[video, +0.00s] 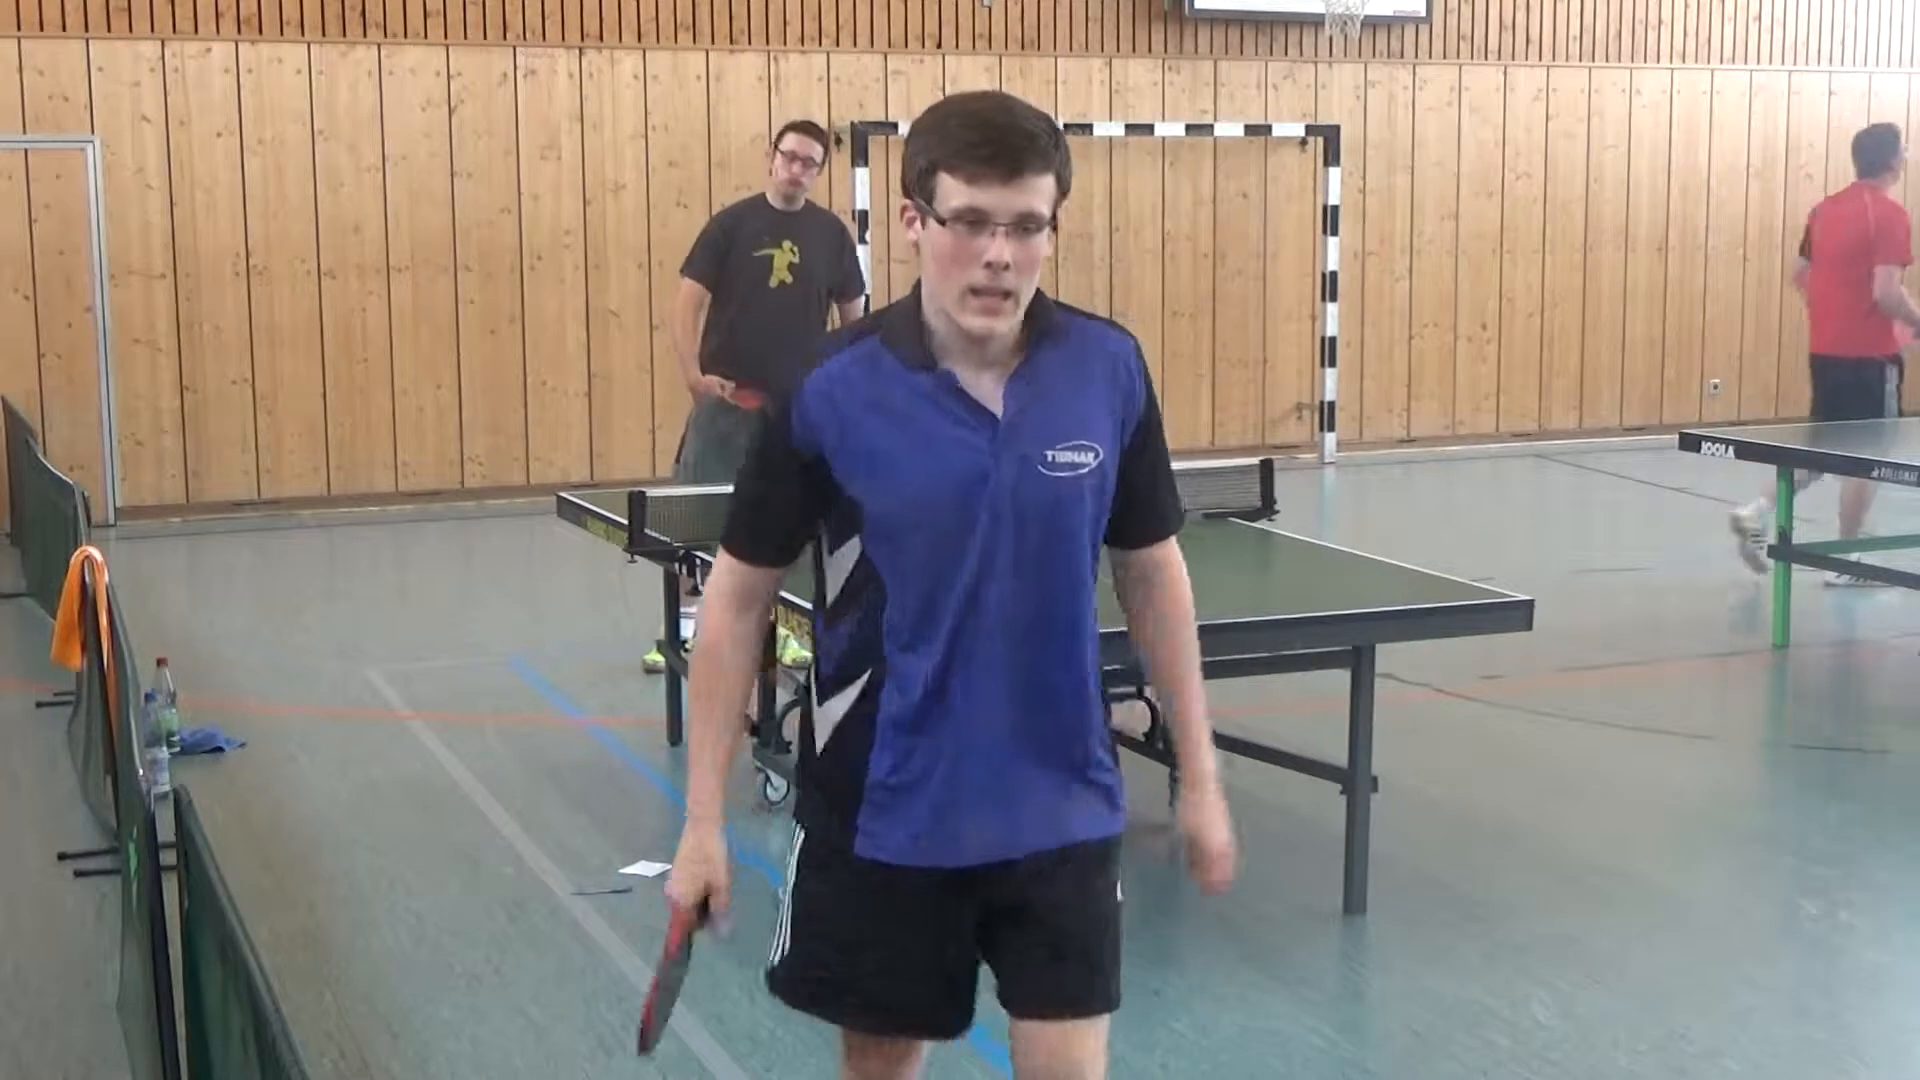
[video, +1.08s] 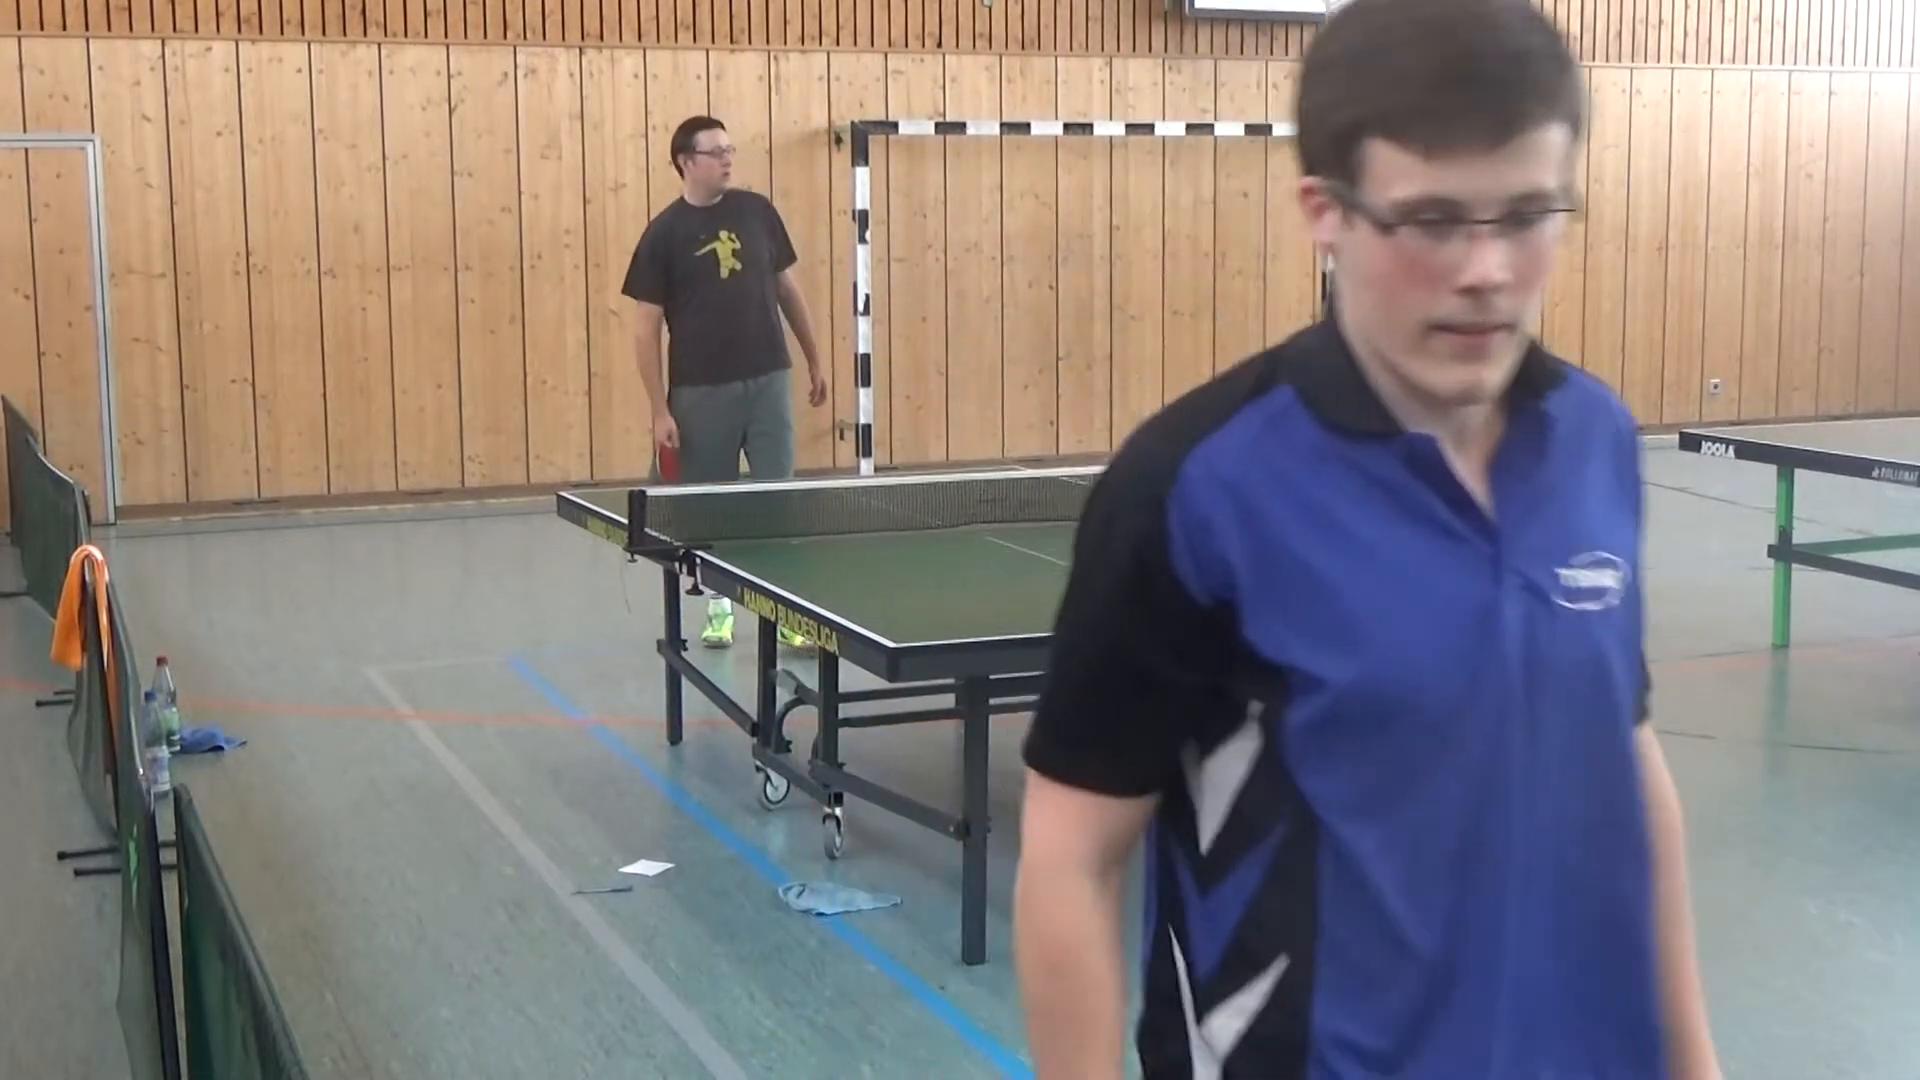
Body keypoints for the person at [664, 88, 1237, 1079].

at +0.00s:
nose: (999, 258)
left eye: (1026, 228)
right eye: (971, 223)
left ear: (1055, 231)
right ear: (914, 221)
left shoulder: (1105, 367)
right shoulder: (834, 395)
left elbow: (1153, 572)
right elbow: (736, 601)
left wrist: (1198, 775)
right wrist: (702, 822)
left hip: (1059, 804)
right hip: (886, 809)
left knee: (1069, 1064)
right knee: (880, 1059)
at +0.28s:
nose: (1096, 289)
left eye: (1126, 256)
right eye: (1062, 253)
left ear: (1155, 260)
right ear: (998, 251)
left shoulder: (1189, 411)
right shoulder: (895, 425)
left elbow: (1216, 599)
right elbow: (770, 657)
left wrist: (1269, 781)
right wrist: (779, 908)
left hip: (1124, 913)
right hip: (932, 924)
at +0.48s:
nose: (1161, 263)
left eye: (1197, 229)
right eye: (1129, 222)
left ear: (1230, 229)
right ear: (1061, 212)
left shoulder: (1268, 398)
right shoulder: (944, 407)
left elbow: (1306, 653)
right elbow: (844, 658)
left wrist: (1344, 895)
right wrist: (849, 922)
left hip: (1224, 939)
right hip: (1018, 950)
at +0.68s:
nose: (1247, 268)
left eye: (1280, 228)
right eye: (1205, 228)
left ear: (1311, 231)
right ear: (1125, 234)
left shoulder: (1356, 429)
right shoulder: (1004, 450)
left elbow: (1411, 679)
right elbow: (903, 722)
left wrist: (1457, 900)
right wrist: (916, 1018)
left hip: (1302, 994)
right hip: (1096, 1014)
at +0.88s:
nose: (1330, 301)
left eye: (1363, 251)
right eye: (1284, 256)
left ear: (1401, 240)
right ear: (1191, 254)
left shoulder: (1457, 453)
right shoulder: (1075, 508)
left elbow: (1523, 728)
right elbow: (988, 828)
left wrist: (1579, 962)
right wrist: (979, 1068)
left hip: (1425, 1040)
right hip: (1197, 1054)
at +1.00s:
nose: (1408, 279)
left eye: (1445, 226)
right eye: (1358, 230)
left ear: (1488, 211)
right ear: (1256, 224)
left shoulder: (1532, 432)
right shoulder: (1135, 494)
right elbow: (1040, 837)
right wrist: (1038, 1069)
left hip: (1521, 1049)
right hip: (1269, 1059)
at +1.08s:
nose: (1486, 272)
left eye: (1525, 216)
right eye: (1432, 222)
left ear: (1566, 206)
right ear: (1324, 217)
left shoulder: (1593, 437)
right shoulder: (1187, 492)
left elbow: (1622, 754)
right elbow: (1070, 863)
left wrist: (1690, 1054)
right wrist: (1088, 1068)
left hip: (1592, 1053)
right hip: (1325, 1059)